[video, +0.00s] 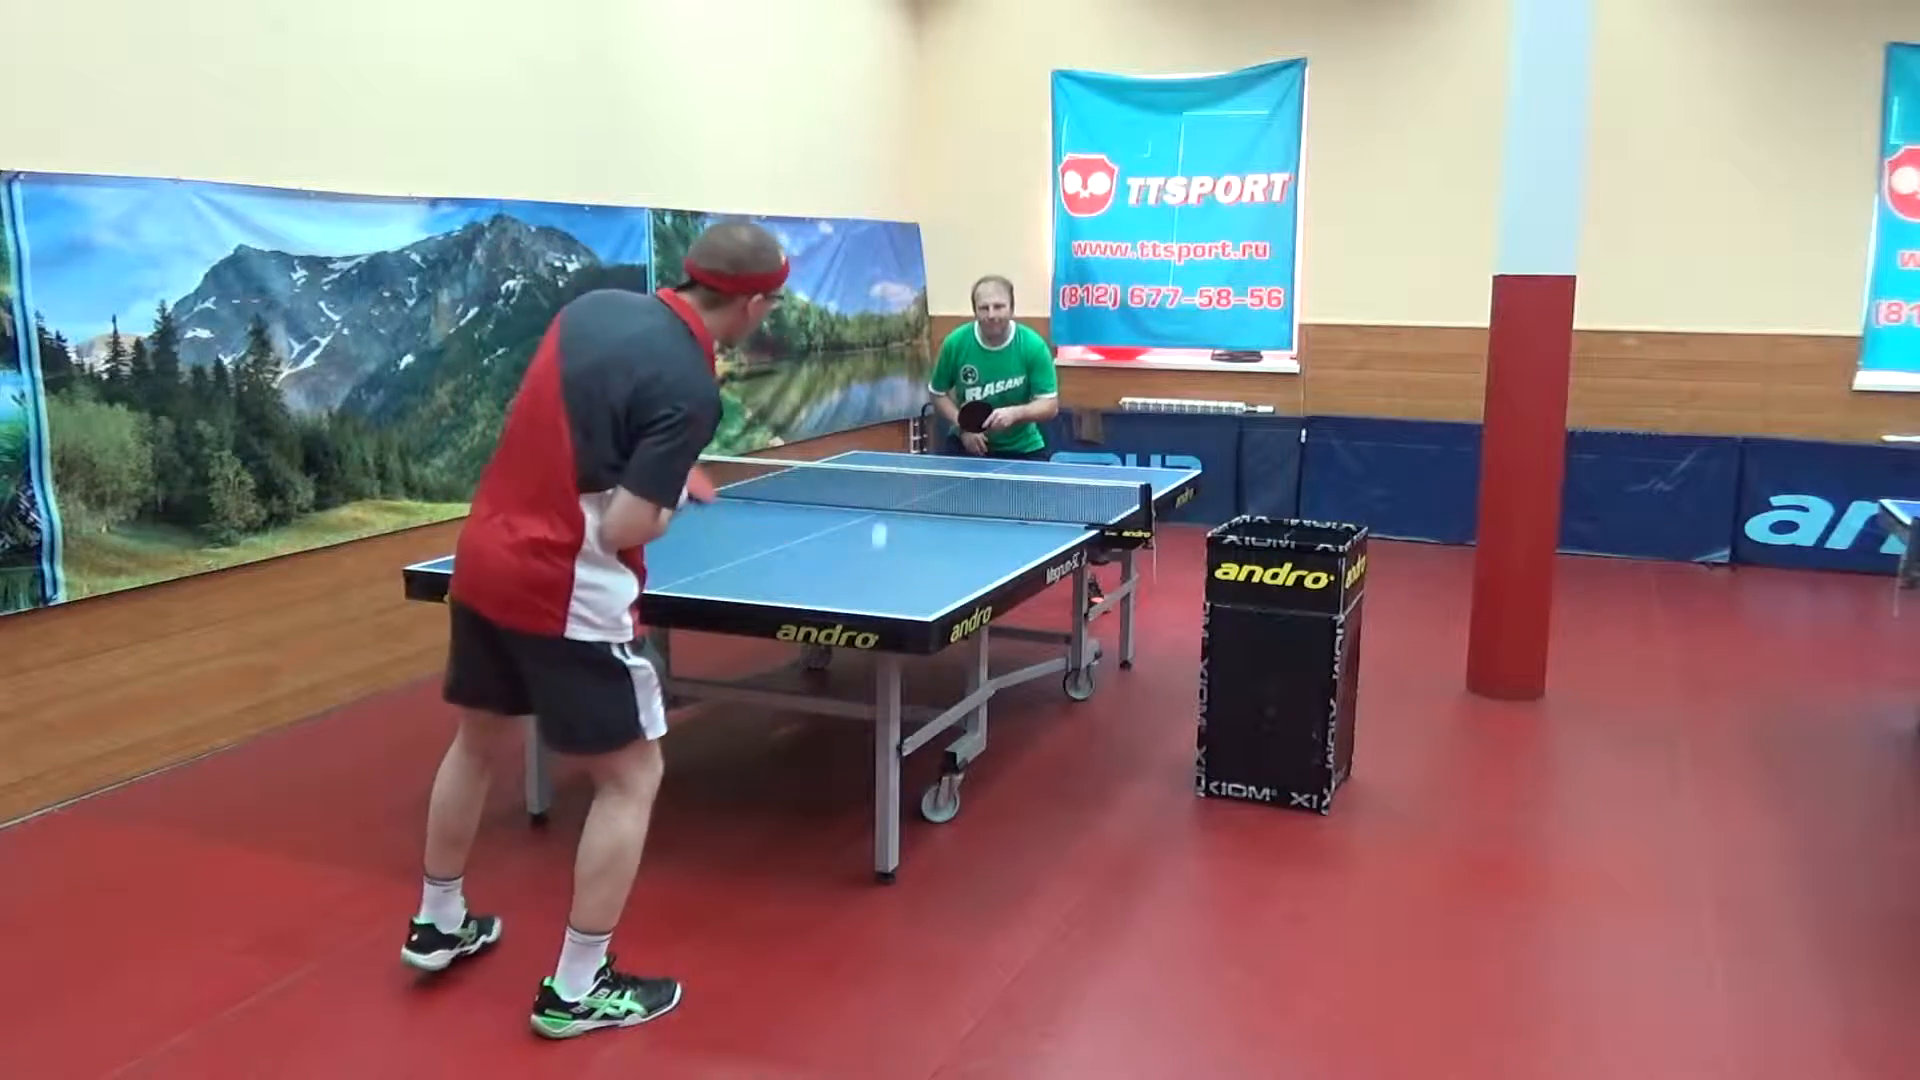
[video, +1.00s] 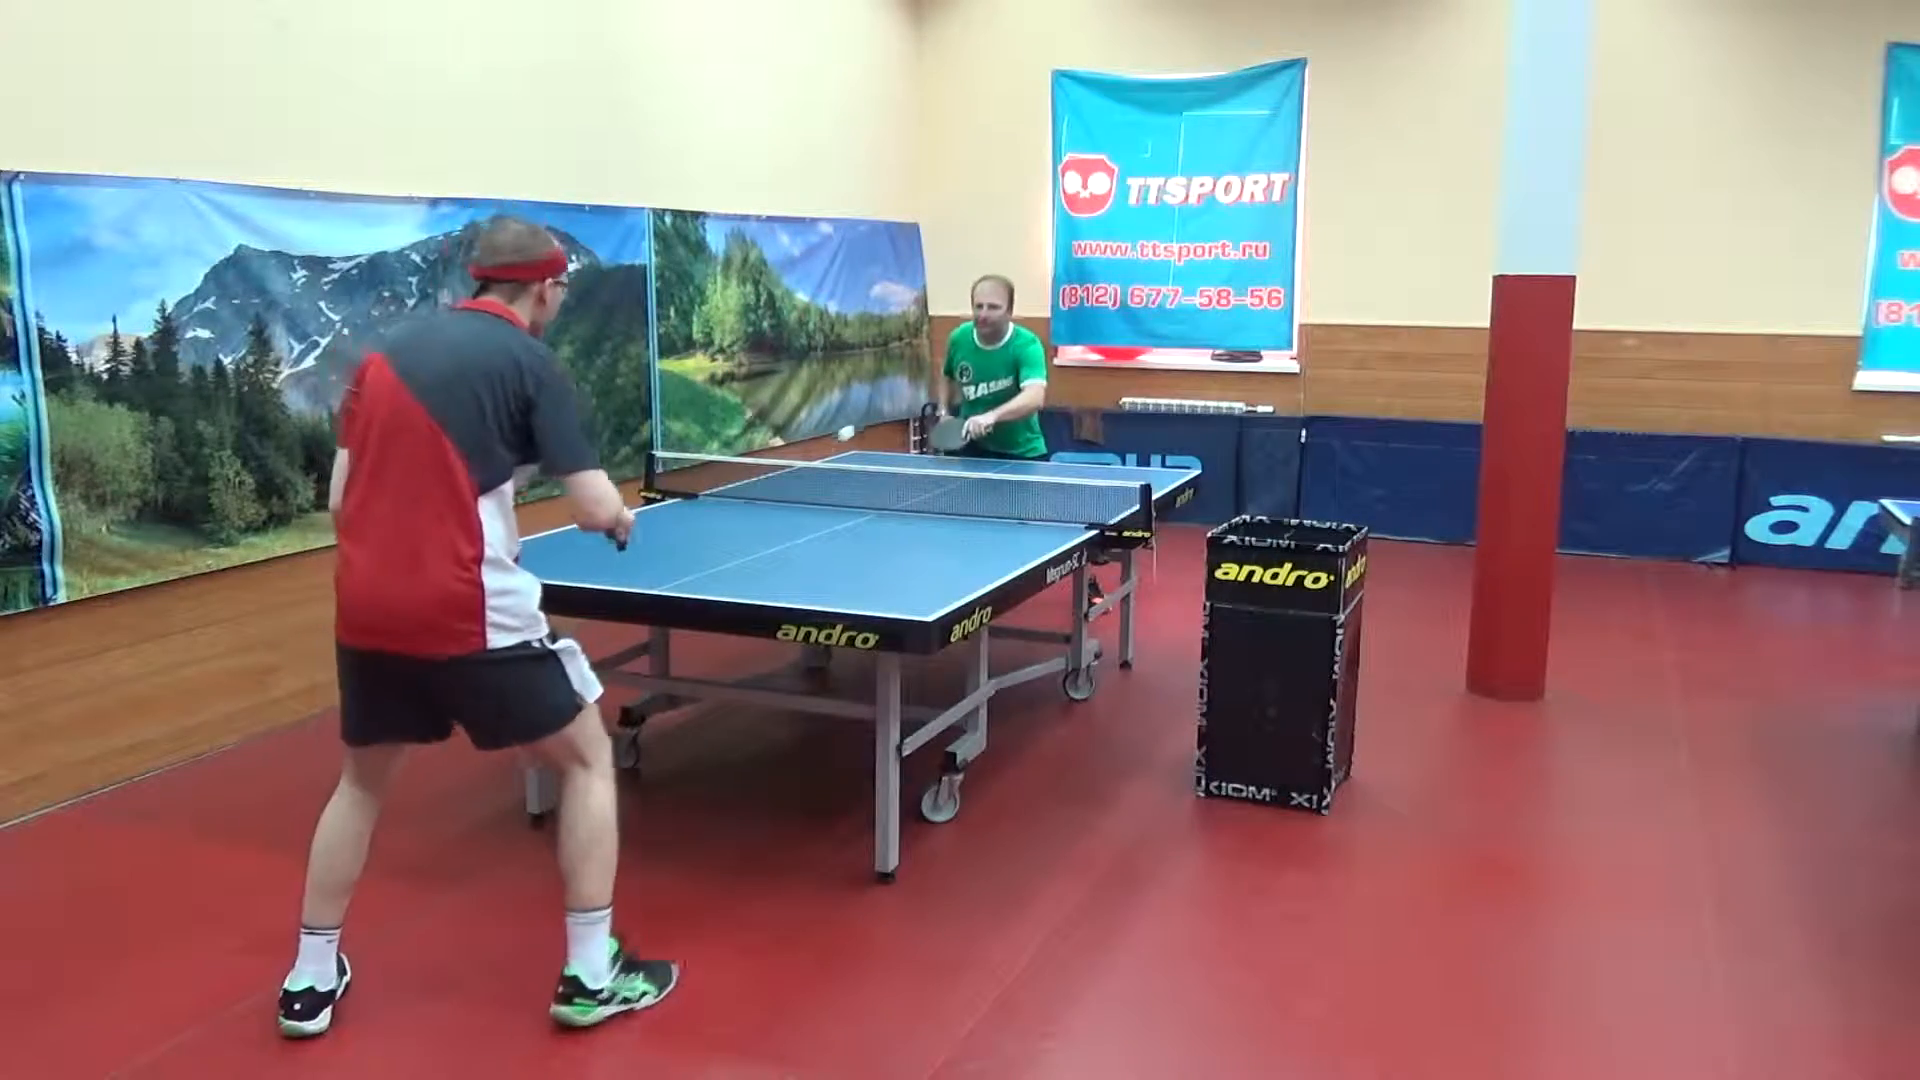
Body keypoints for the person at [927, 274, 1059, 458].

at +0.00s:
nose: (991, 315)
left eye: (999, 307)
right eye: (984, 308)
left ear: (1011, 310)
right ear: (975, 312)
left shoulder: (1033, 345)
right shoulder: (955, 344)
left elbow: (1050, 405)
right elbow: (938, 393)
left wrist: (1014, 413)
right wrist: (964, 428)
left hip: (1024, 448)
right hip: (971, 448)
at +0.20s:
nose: (985, 311)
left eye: (992, 302)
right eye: (978, 303)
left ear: (1007, 304)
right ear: (970, 306)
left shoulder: (1030, 340)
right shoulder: (954, 338)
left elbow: (1051, 400)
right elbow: (937, 386)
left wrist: (1009, 411)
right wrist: (958, 423)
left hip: (1023, 449)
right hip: (972, 449)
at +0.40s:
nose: (969, 336)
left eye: (976, 328)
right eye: (962, 329)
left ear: (990, 324)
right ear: (953, 327)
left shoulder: (1013, 354)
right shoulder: (941, 357)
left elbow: (1036, 409)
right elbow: (926, 403)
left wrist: (990, 429)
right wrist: (938, 442)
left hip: (1018, 458)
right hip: (966, 460)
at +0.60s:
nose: (968, 365)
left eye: (976, 357)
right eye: (963, 357)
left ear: (992, 354)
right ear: (956, 354)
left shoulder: (1013, 376)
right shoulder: (944, 373)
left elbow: (1056, 413)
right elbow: (928, 409)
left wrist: (1002, 419)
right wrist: (930, 445)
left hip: (1017, 463)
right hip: (965, 462)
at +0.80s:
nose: (976, 349)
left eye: (986, 341)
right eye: (972, 340)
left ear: (1003, 340)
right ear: (965, 337)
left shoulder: (1020, 367)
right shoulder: (954, 358)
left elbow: (1037, 411)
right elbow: (945, 393)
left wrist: (998, 428)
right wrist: (945, 424)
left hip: (1020, 459)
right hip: (971, 458)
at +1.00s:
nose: (983, 315)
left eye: (993, 308)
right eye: (979, 307)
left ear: (1009, 312)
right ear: (972, 309)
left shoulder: (1027, 344)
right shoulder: (959, 339)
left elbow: (1034, 397)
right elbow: (948, 377)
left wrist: (992, 416)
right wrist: (943, 410)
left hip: (1023, 452)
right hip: (974, 450)